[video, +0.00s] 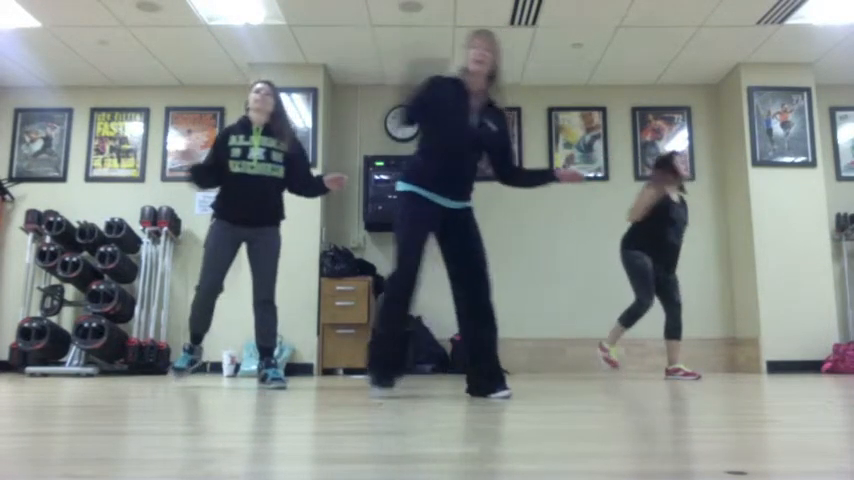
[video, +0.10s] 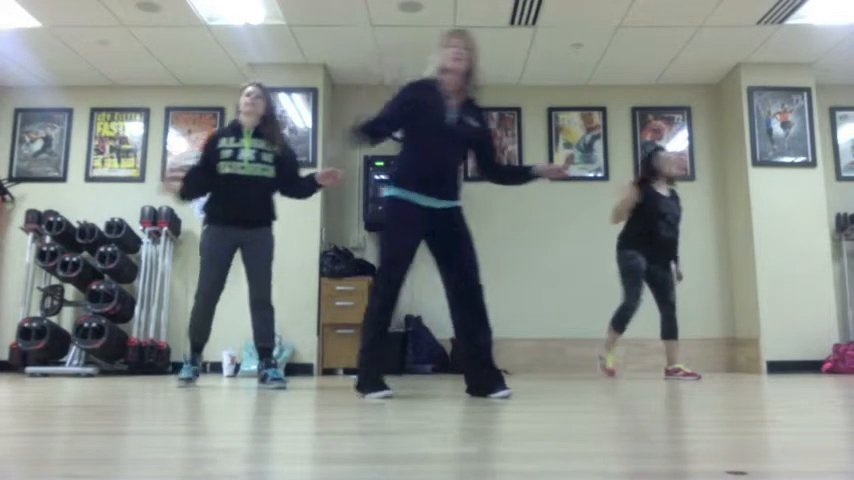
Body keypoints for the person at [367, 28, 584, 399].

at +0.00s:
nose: (478, 54)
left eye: (486, 50)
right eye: (474, 48)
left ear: (495, 61)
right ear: (464, 54)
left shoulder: (494, 116)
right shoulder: (442, 87)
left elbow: (508, 175)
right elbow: (412, 115)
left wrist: (554, 175)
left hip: (456, 207)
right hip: (417, 198)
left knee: (475, 290)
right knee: (405, 278)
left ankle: (484, 380)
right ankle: (381, 370)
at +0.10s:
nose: (455, 54)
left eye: (463, 50)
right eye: (450, 48)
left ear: (471, 61)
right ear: (438, 55)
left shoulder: (473, 114)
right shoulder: (418, 93)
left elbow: (491, 171)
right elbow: (375, 130)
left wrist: (538, 171)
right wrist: (366, 130)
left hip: (445, 209)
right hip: (405, 204)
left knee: (466, 288)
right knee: (387, 286)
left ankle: (483, 379)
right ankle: (369, 377)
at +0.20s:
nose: (439, 77)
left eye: (445, 71)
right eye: (433, 71)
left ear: (455, 74)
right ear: (423, 71)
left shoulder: (463, 114)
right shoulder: (403, 98)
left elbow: (488, 164)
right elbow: (367, 130)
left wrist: (524, 172)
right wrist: (343, 138)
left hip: (438, 211)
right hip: (395, 208)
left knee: (463, 291)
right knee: (381, 292)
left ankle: (482, 379)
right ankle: (368, 378)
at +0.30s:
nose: (426, 49)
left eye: (431, 45)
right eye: (419, 44)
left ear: (438, 54)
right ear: (407, 52)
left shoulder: (451, 101)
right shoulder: (385, 91)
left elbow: (489, 117)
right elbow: (336, 97)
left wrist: (515, 121)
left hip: (432, 204)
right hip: (387, 203)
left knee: (454, 274)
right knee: (376, 288)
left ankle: (456, 363)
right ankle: (369, 379)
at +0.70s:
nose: (417, 58)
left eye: (422, 55)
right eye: (410, 54)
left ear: (430, 65)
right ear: (398, 63)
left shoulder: (442, 110)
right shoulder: (383, 100)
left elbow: (484, 112)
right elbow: (344, 62)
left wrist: (507, 77)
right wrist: (348, 18)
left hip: (434, 208)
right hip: (394, 205)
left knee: (437, 289)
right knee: (395, 287)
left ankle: (415, 375)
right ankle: (375, 377)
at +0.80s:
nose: (423, 58)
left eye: (426, 52)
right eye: (419, 51)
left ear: (430, 58)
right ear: (406, 55)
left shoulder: (437, 96)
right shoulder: (397, 85)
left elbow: (458, 89)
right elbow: (386, 43)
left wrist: (468, 57)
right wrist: (384, 7)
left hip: (432, 197)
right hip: (404, 195)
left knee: (433, 280)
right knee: (404, 278)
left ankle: (424, 363)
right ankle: (384, 364)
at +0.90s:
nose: (430, 44)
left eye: (430, 38)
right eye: (424, 38)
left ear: (426, 44)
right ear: (411, 41)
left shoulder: (426, 72)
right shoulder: (407, 69)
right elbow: (404, 38)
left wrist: (442, 59)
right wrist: (409, 11)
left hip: (423, 169)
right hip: (416, 169)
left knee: (418, 258)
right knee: (418, 258)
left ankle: (420, 348)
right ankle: (413, 349)